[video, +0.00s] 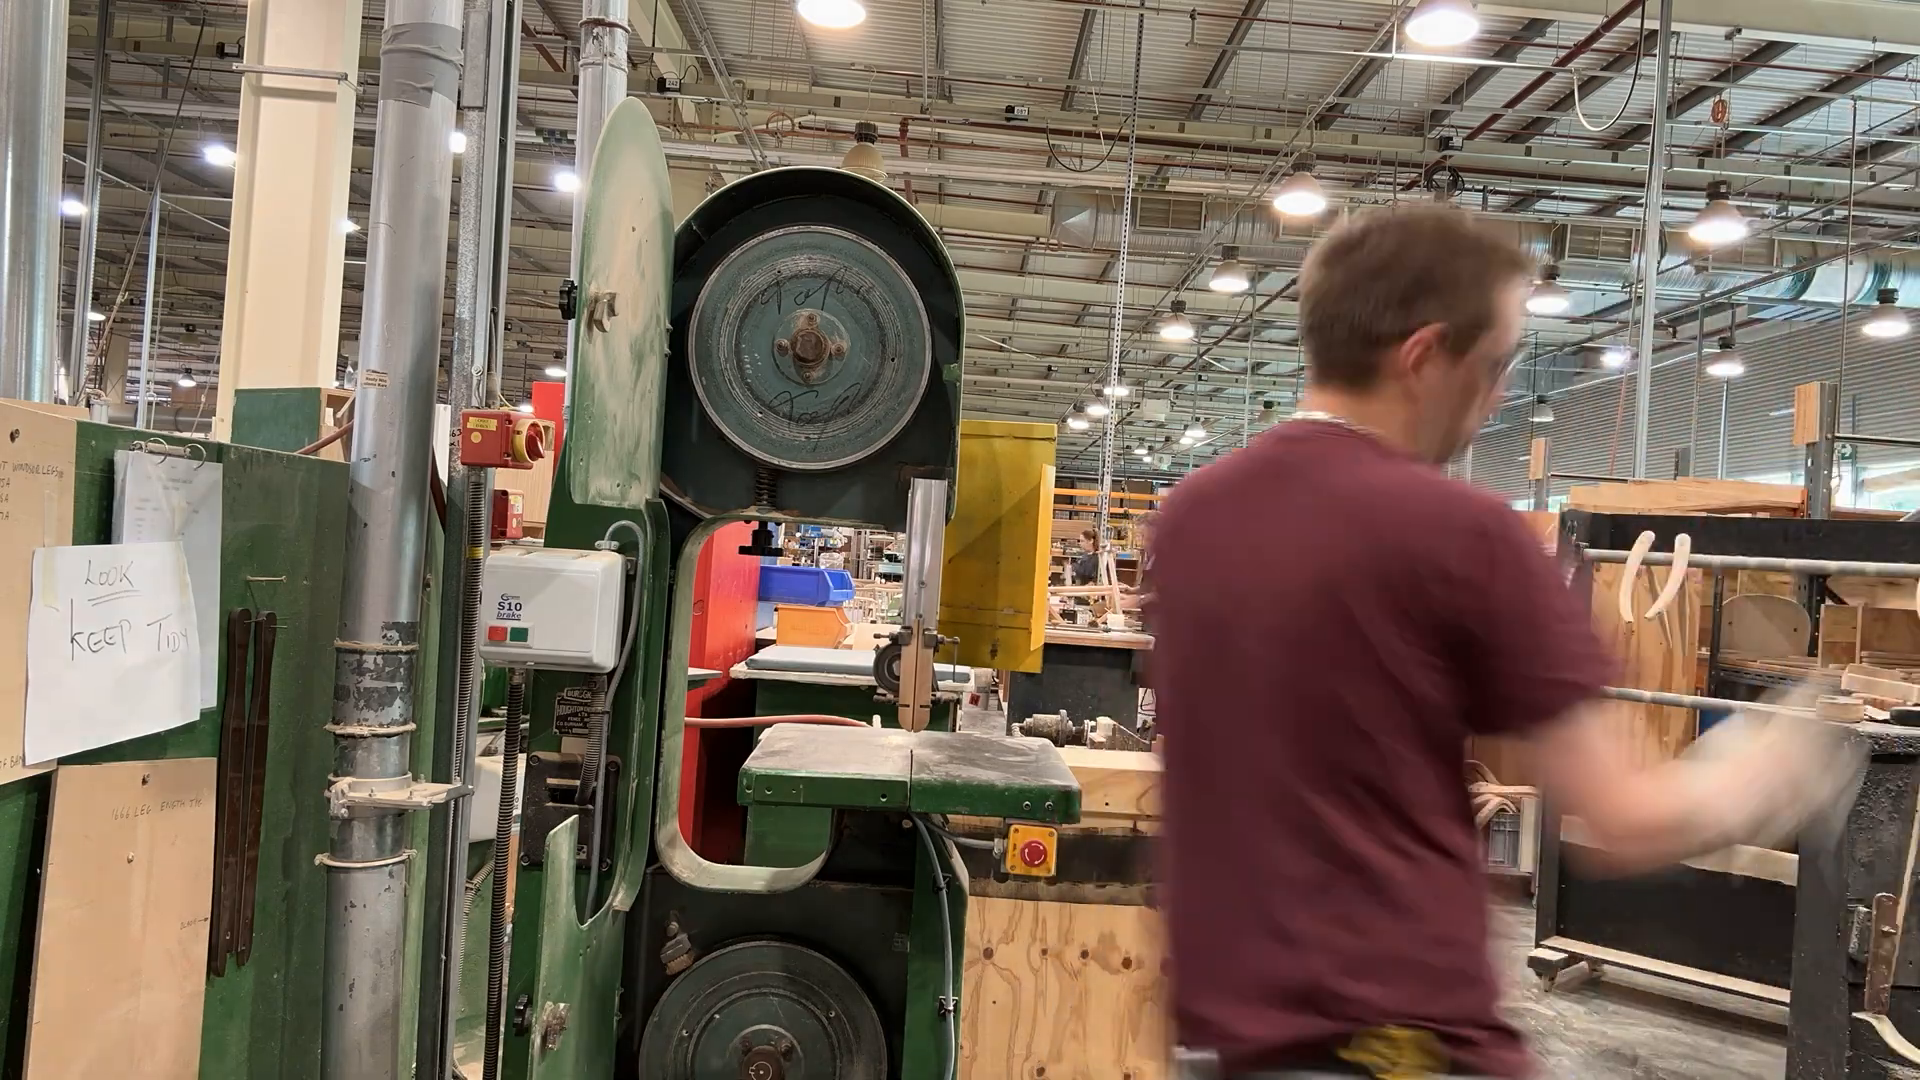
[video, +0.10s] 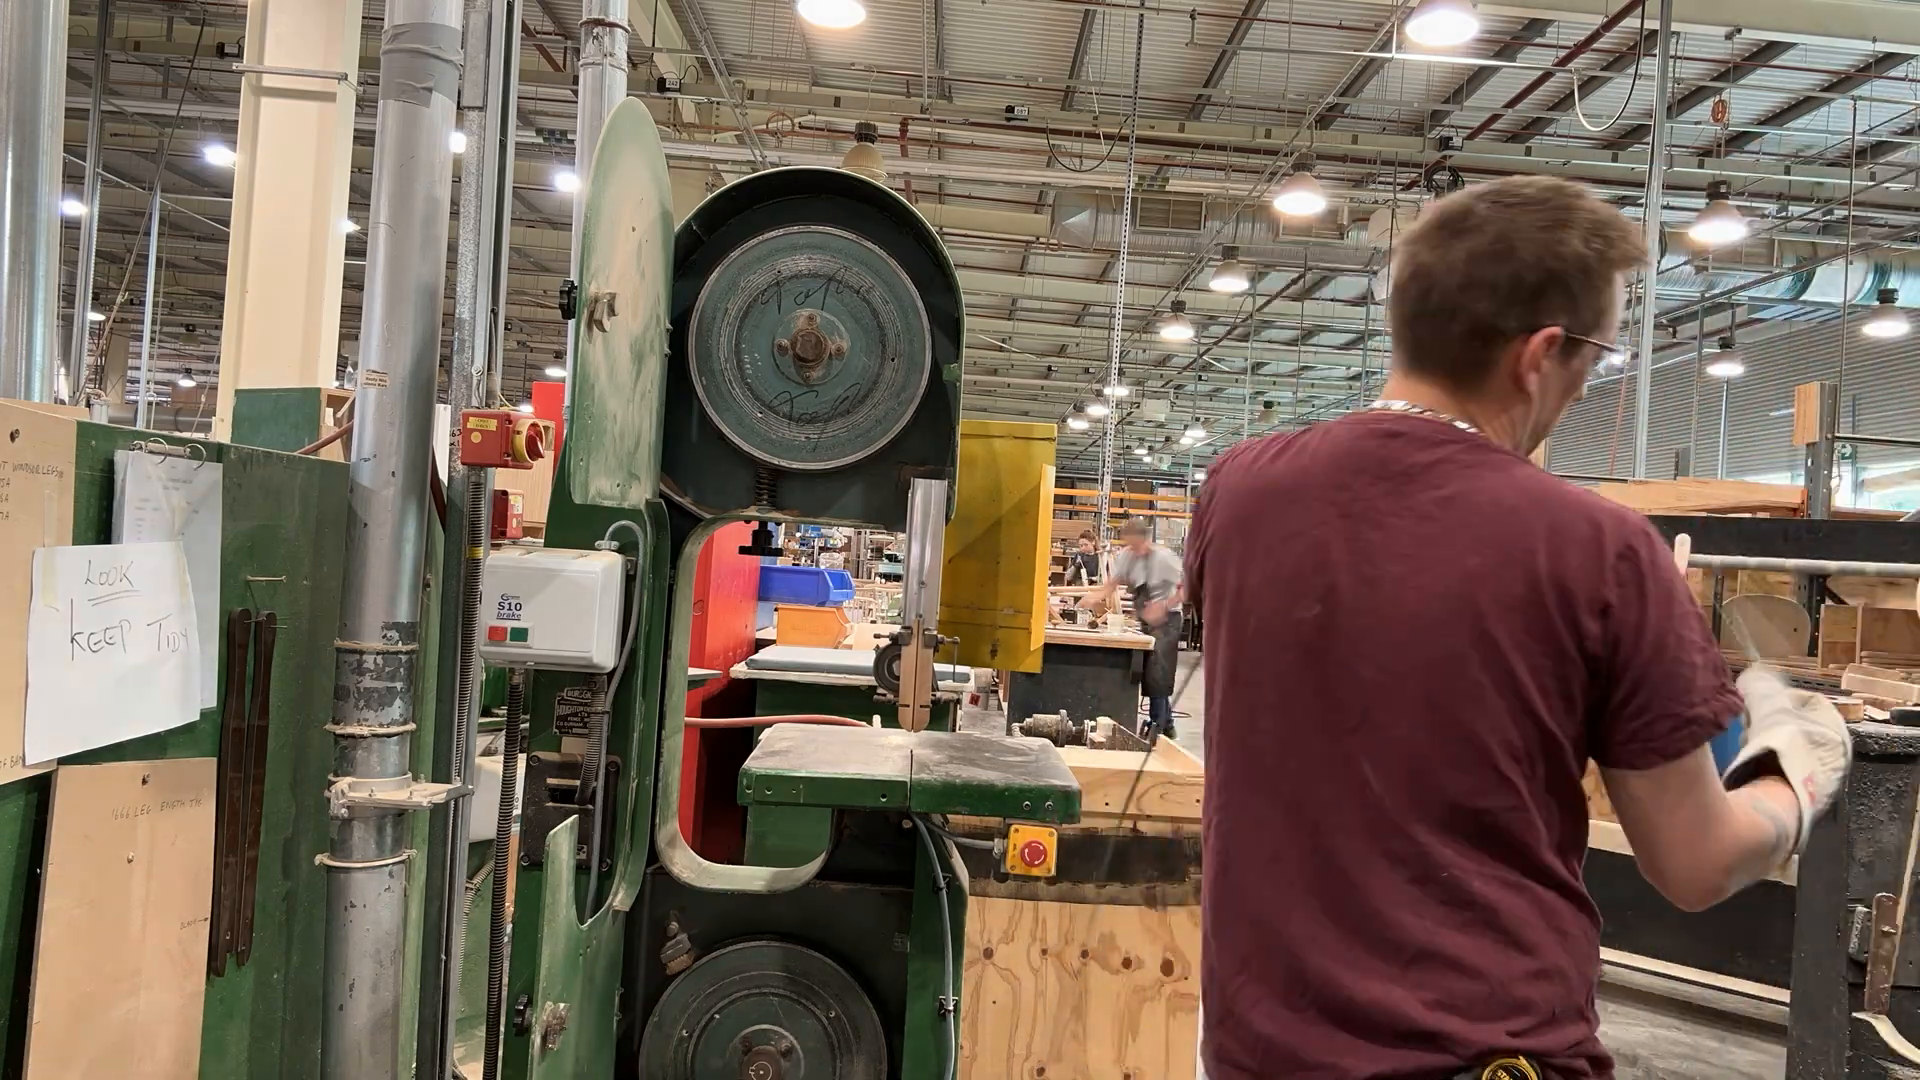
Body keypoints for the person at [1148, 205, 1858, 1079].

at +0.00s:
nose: (1498, 399)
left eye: (1507, 370)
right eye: (1498, 366)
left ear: (1321, 340)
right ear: (1421, 355)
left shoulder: (1186, 511)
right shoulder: (1461, 532)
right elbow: (1622, 820)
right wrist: (1767, 763)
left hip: (1229, 1037)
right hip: (1402, 1040)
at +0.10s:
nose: (1581, 392)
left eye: (1596, 364)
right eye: (1590, 362)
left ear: (1407, 325)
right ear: (1535, 357)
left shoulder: (1238, 486)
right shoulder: (1596, 550)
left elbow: (1239, 731)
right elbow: (1695, 868)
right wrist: (1799, 775)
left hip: (1256, 1050)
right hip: (1498, 1049)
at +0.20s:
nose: (1624, 379)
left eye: (1631, 350)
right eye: (1627, 348)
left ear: (1442, 328)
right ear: (1576, 346)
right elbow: (1798, 851)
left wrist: (1201, 379)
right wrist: (1900, 809)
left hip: (1295, 1048)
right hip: (1537, 1051)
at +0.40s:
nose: (1522, 738)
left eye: (1534, 720)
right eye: (1530, 714)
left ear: (1413, 636)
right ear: (1501, 674)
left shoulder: (1261, 661)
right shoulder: (1508, 756)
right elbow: (1652, 993)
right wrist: (1709, 934)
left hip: (1087, 1035)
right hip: (1282, 1058)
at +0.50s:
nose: (1597, 622)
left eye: (1610, 611)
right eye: (1603, 605)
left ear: (1494, 522)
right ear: (1570, 556)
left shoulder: (1321, 576)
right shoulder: (1565, 620)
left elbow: (1235, 754)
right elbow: (1722, 839)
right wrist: (1786, 885)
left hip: (1221, 997)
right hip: (1391, 1010)